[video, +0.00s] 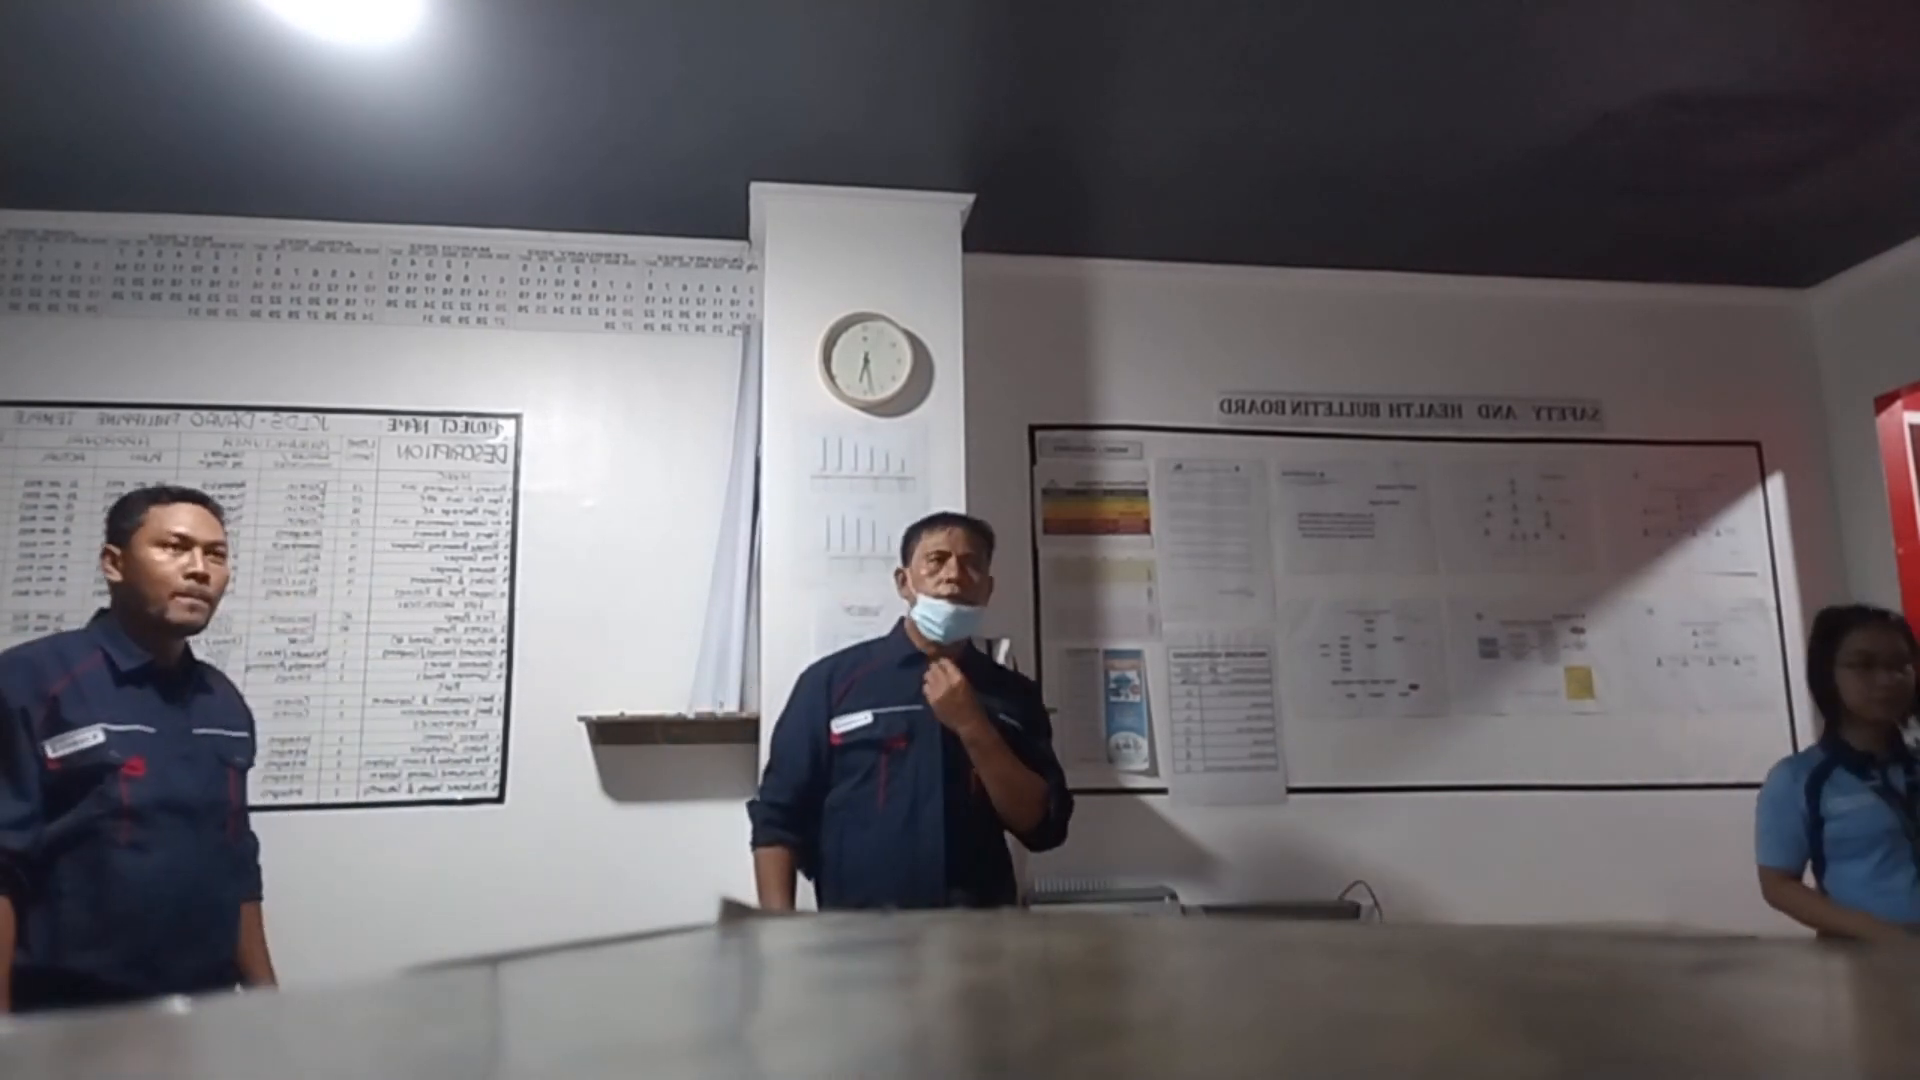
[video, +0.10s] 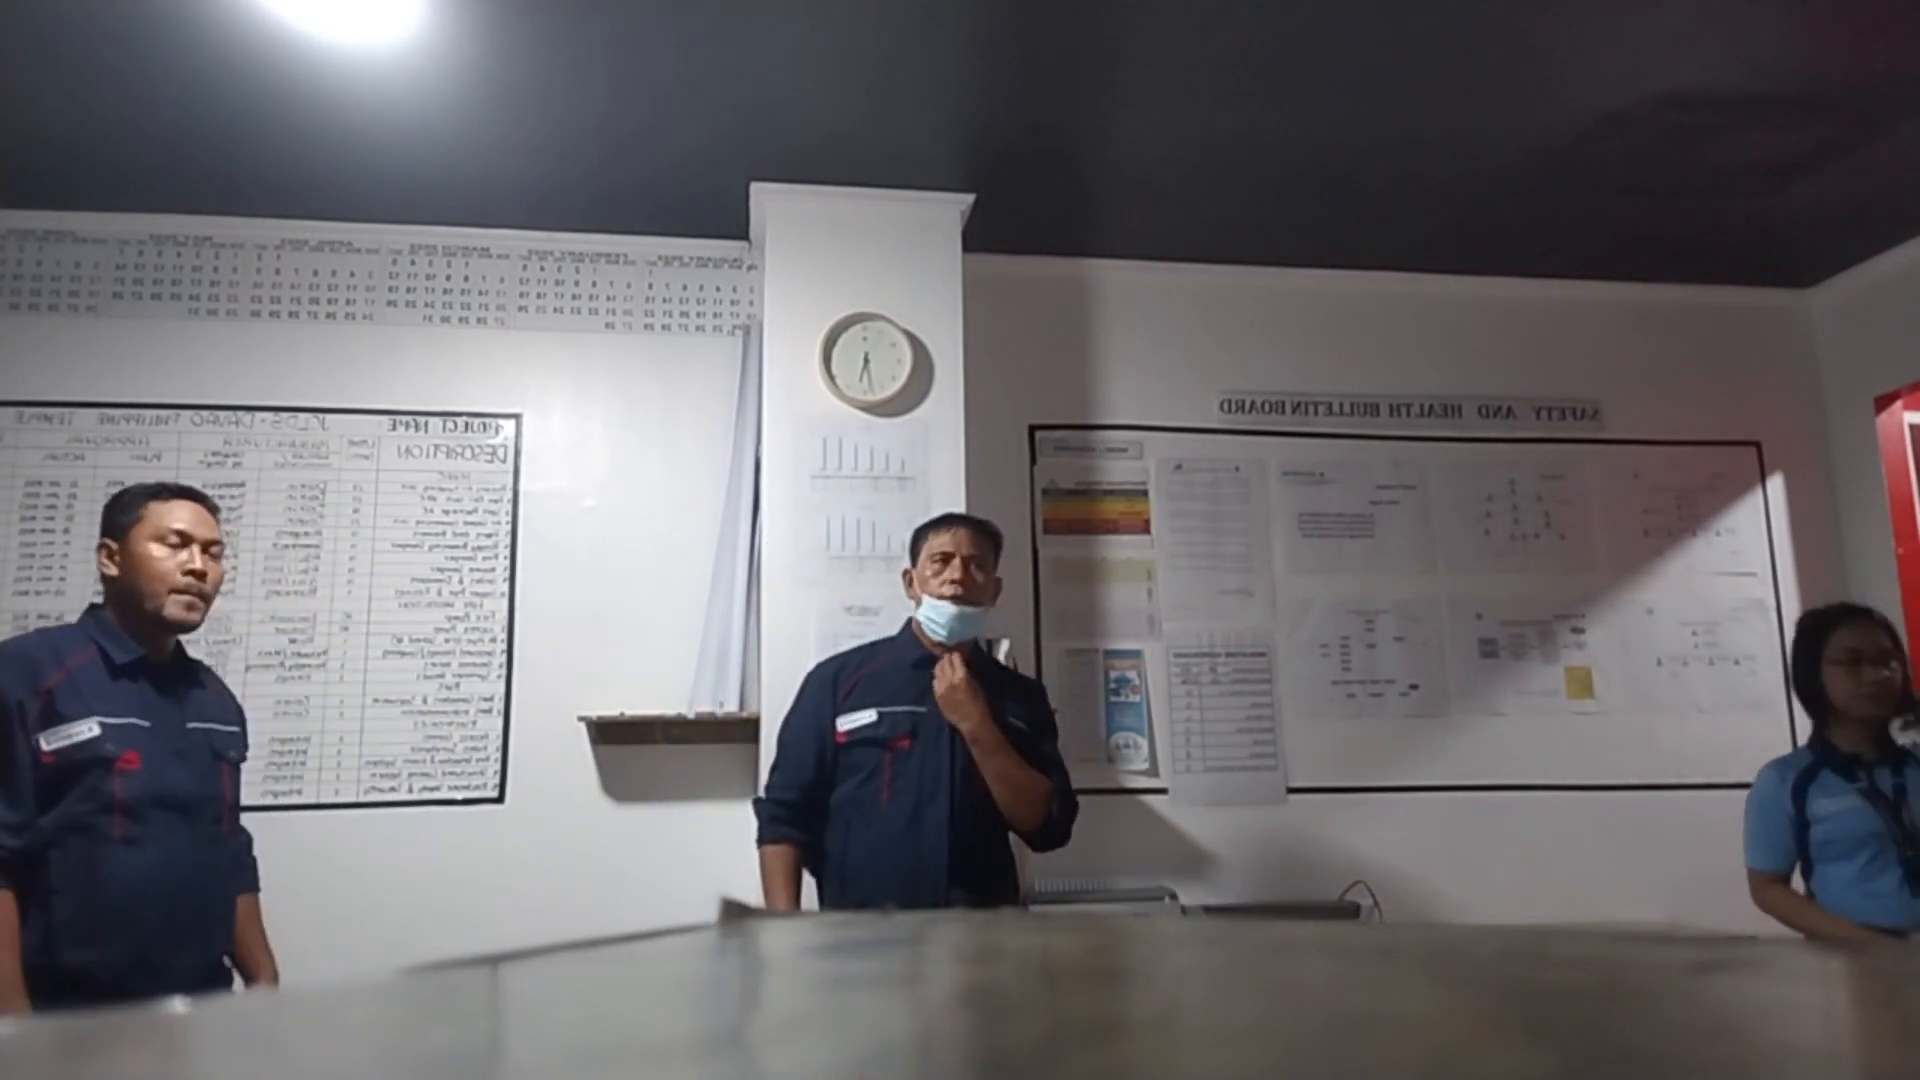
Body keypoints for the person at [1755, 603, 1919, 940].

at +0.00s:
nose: (1886, 680)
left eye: (1899, 665)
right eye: (1864, 665)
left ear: (1915, 675)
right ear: (1828, 675)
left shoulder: (1914, 766)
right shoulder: (1797, 780)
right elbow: (1778, 887)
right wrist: (1879, 933)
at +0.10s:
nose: (1876, 674)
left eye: (1887, 660)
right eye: (1853, 661)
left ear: (1904, 672)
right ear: (1813, 676)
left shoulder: (1912, 768)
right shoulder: (1785, 782)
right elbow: (1767, 888)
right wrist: (1862, 941)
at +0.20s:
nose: (1864, 671)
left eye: (1873, 656)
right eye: (1839, 659)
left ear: (1889, 667)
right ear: (1798, 678)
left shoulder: (1909, 767)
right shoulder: (1772, 782)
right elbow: (1754, 889)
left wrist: (1917, 727)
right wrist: (1844, 943)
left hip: (1918, 956)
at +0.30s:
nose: (1852, 669)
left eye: (1861, 656)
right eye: (1828, 658)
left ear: (1877, 668)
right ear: (1787, 676)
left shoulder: (1904, 769)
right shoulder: (1759, 783)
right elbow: (1741, 889)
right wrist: (1822, 948)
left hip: (1910, 960)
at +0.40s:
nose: (1846, 668)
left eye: (1854, 656)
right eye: (1821, 656)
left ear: (1869, 669)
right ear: (1778, 674)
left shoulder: (1907, 770)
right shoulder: (1747, 784)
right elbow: (1728, 889)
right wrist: (1803, 949)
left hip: (1906, 962)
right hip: (1814, 967)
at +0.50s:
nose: (1841, 667)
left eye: (1849, 655)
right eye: (1816, 655)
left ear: (1864, 669)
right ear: (1774, 674)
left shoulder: (1906, 773)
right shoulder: (1742, 784)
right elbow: (1717, 886)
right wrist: (1781, 952)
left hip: (1903, 966)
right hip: (1805, 970)